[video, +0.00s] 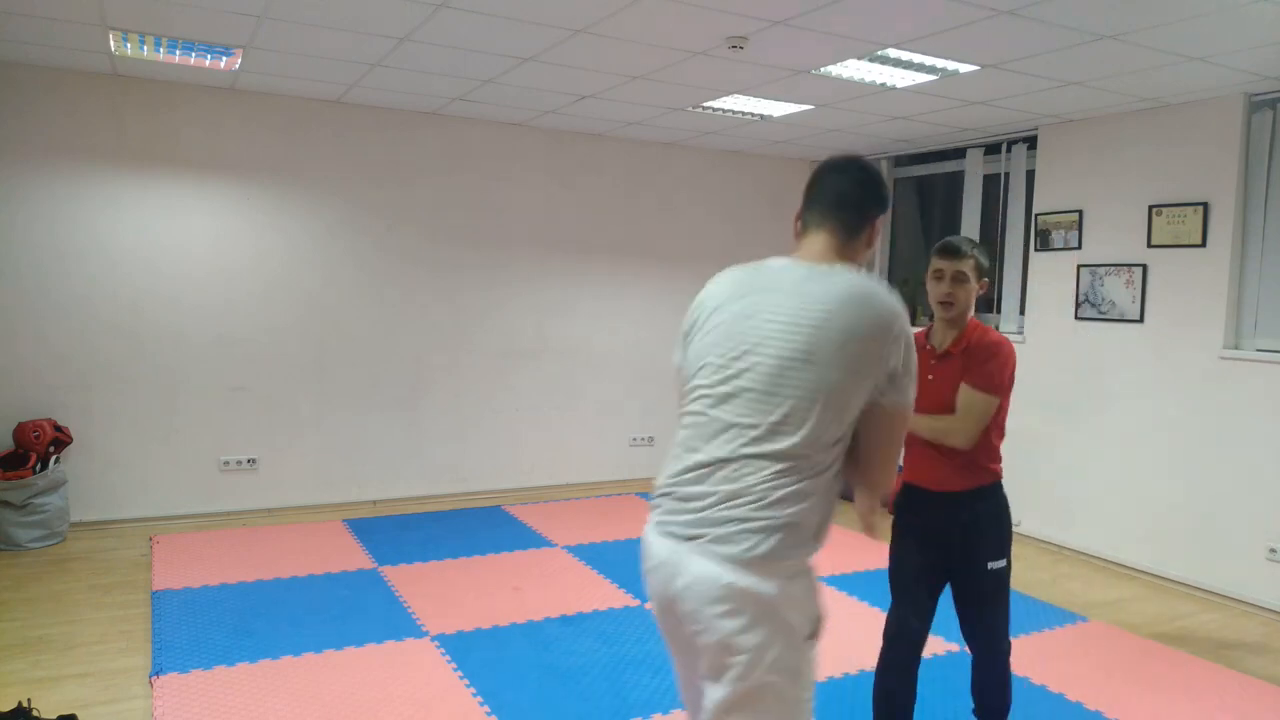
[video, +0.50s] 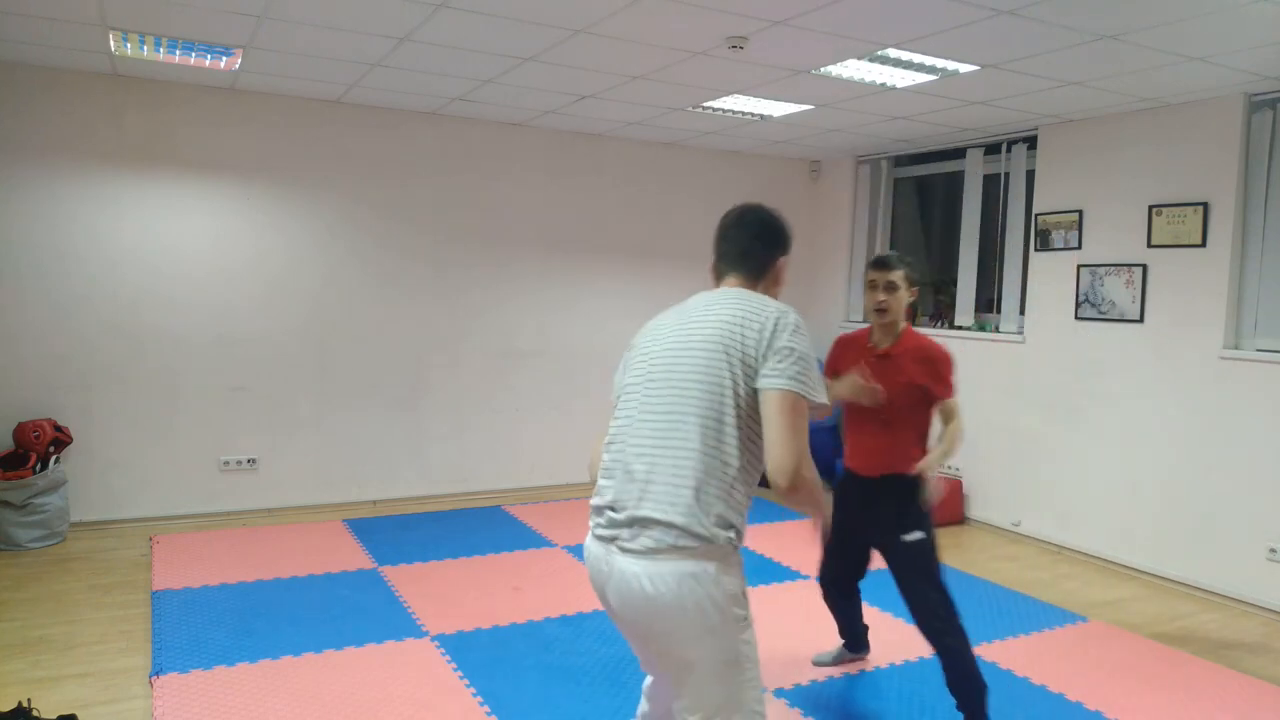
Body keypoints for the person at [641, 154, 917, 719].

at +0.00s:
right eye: (882, 231)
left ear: (798, 220)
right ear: (873, 232)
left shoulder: (722, 286)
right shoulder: (880, 312)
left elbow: (694, 409)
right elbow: (874, 479)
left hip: (664, 555)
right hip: (753, 582)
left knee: (706, 708)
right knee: (758, 709)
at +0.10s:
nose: (874, 276)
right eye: (880, 263)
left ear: (797, 245)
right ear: (874, 261)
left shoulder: (711, 306)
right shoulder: (855, 348)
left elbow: (657, 439)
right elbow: (832, 538)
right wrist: (863, 512)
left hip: (635, 568)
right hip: (722, 598)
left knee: (702, 708)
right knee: (760, 710)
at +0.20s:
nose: (873, 280)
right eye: (878, 268)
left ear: (798, 244)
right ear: (870, 267)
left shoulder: (707, 305)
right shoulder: (833, 346)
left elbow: (599, 402)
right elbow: (773, 523)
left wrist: (689, 443)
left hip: (621, 559)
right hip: (706, 590)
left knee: (671, 708)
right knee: (750, 709)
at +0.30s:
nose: (845, 268)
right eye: (849, 254)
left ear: (773, 235)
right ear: (843, 252)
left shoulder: (690, 298)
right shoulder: (810, 330)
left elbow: (593, 399)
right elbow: (767, 515)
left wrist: (686, 433)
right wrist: (788, 635)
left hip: (617, 553)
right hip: (699, 577)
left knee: (664, 689)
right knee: (739, 704)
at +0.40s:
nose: (812, 264)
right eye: (815, 253)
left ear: (739, 243)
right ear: (806, 256)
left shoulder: (664, 310)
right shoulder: (793, 326)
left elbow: (596, 437)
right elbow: (787, 493)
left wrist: (680, 437)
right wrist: (805, 579)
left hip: (614, 559)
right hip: (697, 575)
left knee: (660, 691)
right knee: (737, 707)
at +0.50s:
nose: (784, 278)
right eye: (785, 267)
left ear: (715, 266)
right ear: (778, 269)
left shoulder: (655, 327)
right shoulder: (774, 321)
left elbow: (606, 459)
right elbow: (786, 473)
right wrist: (820, 505)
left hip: (606, 560)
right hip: (687, 572)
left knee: (668, 683)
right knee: (731, 708)